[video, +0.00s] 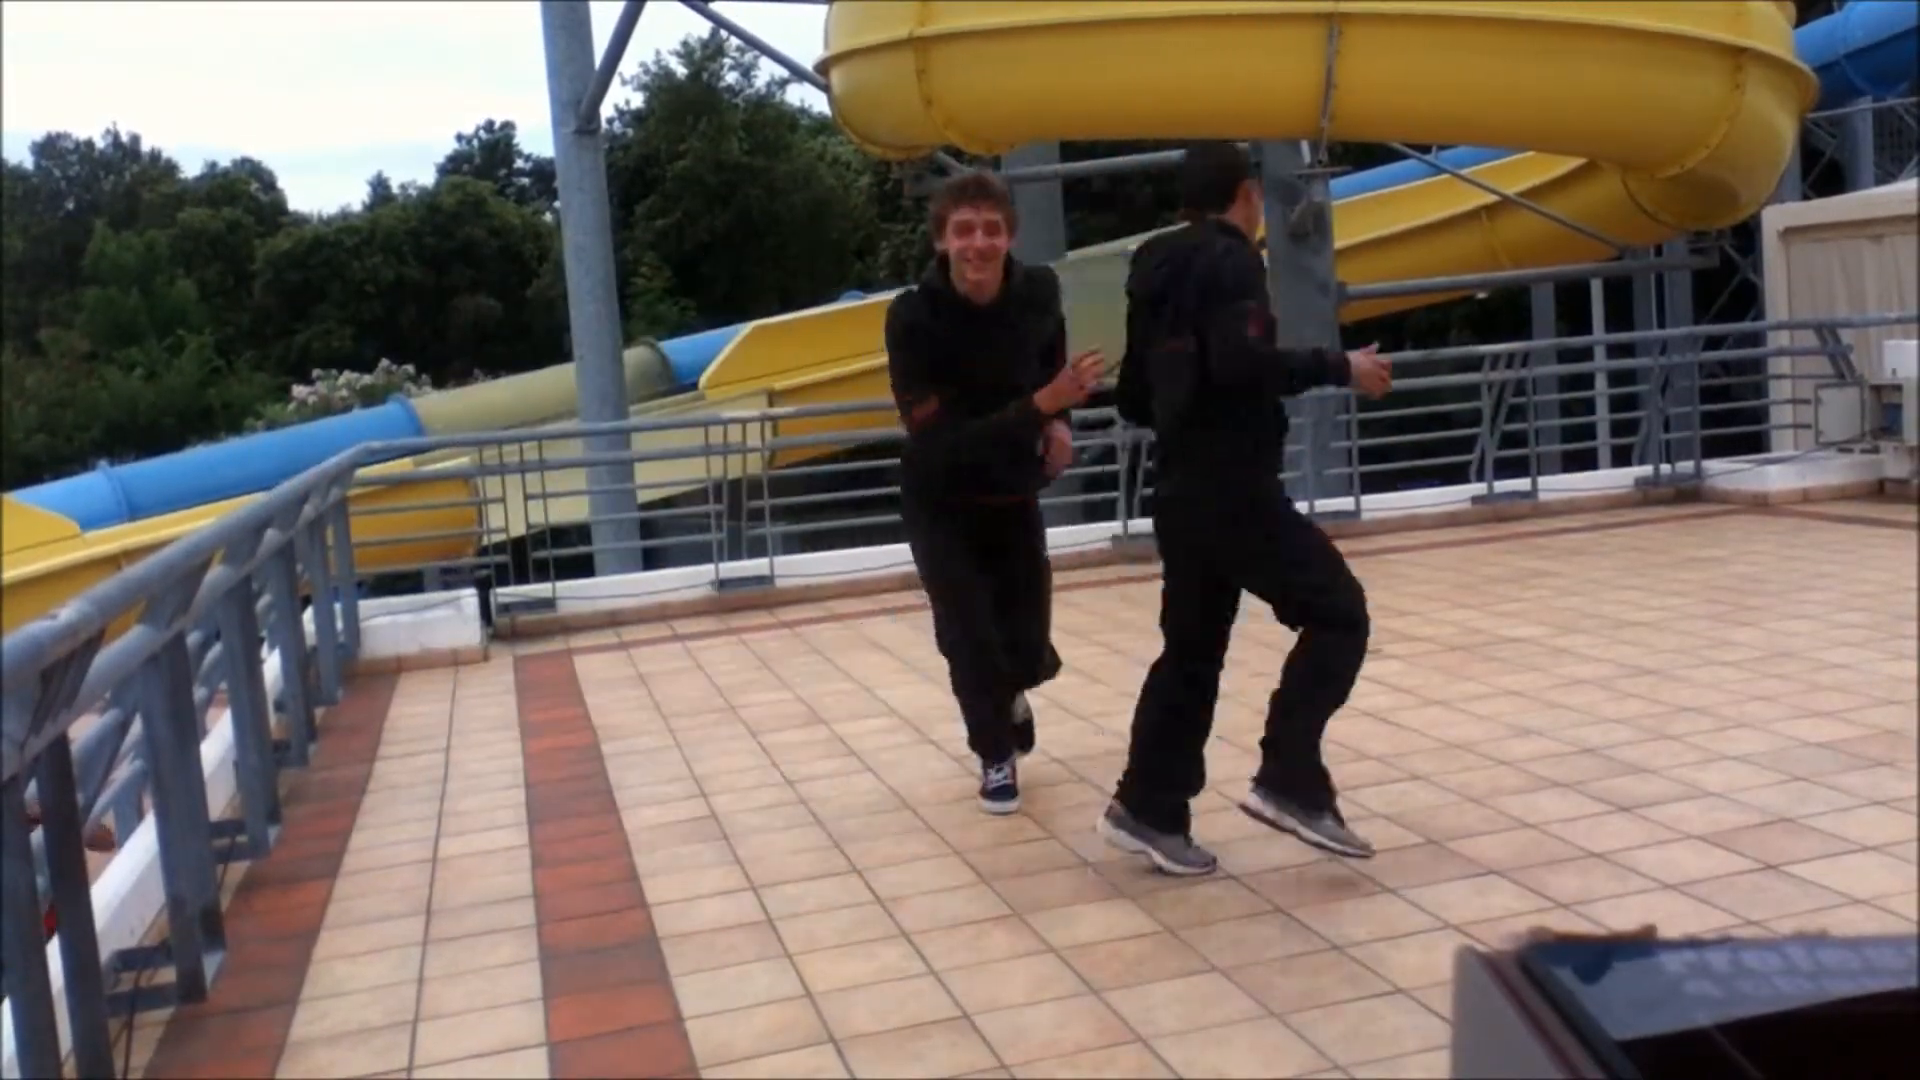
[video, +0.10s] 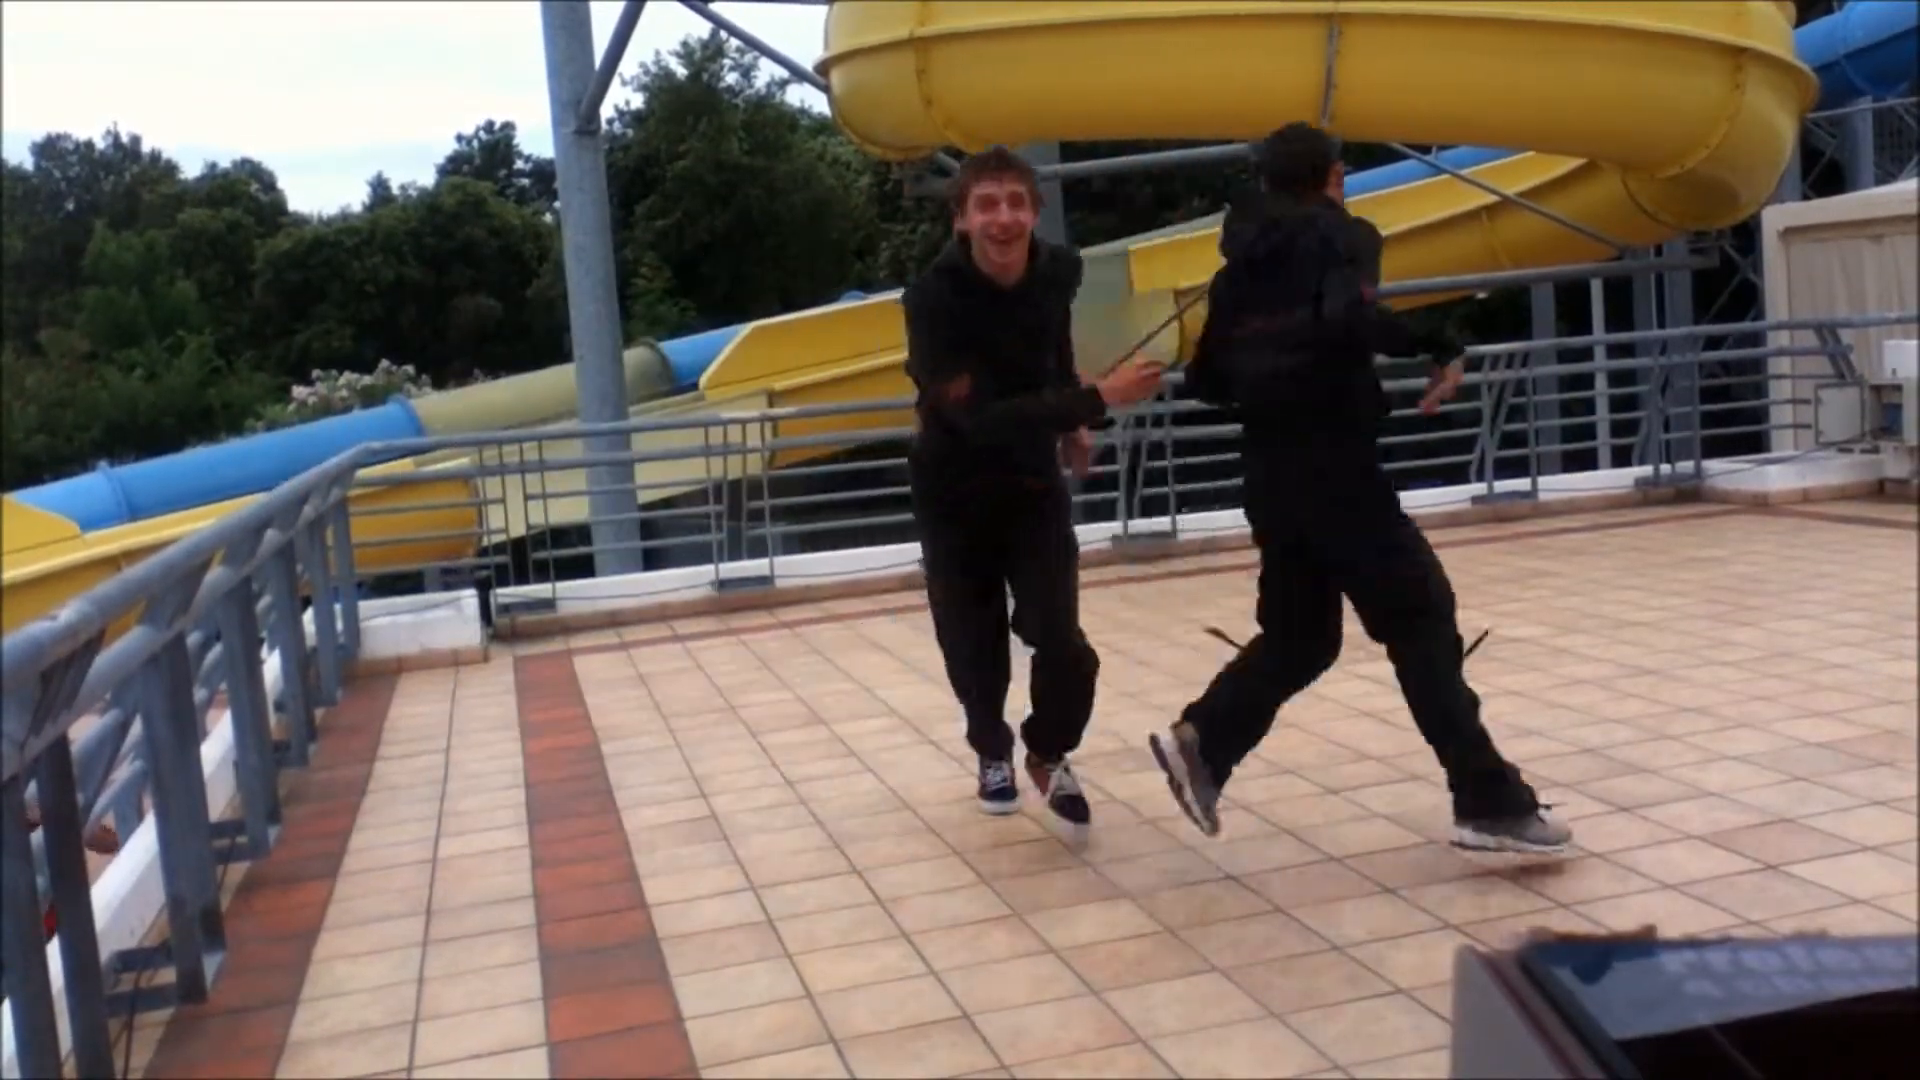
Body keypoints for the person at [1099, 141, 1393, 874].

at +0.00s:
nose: (1261, 210)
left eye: (1257, 197)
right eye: (1257, 197)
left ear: (1191, 203)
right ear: (1240, 198)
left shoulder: (1155, 265)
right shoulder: (1233, 260)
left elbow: (1135, 397)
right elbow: (1245, 365)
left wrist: (1214, 399)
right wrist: (1339, 367)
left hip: (1185, 501)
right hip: (1241, 501)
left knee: (1190, 654)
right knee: (1340, 613)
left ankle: (1149, 807)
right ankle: (1289, 779)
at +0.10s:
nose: (1343, 186)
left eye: (1338, 176)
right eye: (1340, 177)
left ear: (1267, 185)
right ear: (1332, 181)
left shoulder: (1242, 260)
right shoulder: (1343, 237)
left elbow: (1206, 375)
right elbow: (1353, 321)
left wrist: (1293, 381)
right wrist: (1439, 345)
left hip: (1275, 483)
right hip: (1341, 480)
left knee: (1302, 638)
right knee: (1421, 620)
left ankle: (1202, 742)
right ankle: (1487, 799)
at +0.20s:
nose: (1423, 219)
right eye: (1418, 208)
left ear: (1345, 223)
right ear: (1416, 213)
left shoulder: (1326, 309)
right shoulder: (1451, 276)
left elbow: (1285, 399)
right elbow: (1537, 312)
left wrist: (1258, 411)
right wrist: (1628, 325)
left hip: (1378, 517)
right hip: (1457, 510)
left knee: (1437, 643)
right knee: (1516, 653)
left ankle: (1343, 693)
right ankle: (1529, 845)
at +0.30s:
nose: (1394, 228)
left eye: (1395, 217)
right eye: (1395, 217)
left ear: (1411, 215)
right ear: (1469, 202)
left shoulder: (1396, 287)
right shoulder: (1534, 257)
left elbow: (1362, 388)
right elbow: (1634, 319)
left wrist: (1311, 476)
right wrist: (1739, 347)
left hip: (1458, 497)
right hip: (1541, 485)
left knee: (1548, 598)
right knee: (1565, 648)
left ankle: (1523, 705)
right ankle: (1535, 826)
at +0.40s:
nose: (1437, 215)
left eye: (1439, 202)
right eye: (1437, 202)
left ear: (1459, 197)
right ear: (1510, 184)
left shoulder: (1456, 268)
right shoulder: (1583, 228)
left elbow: (1448, 384)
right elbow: (1679, 276)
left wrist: (1411, 478)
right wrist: (1734, 316)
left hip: (1541, 464)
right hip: (1618, 444)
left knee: (1640, 600)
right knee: (1631, 598)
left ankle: (1718, 759)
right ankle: (1578, 765)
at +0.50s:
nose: (1498, 232)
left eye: (1500, 221)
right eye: (1499, 221)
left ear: (1516, 220)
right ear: (1574, 208)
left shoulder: (1517, 293)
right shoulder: (1647, 253)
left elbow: (1504, 400)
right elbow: (1765, 291)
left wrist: (1479, 491)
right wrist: (1777, 275)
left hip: (1609, 500)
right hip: (1687, 473)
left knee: (1705, 637)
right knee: (1782, 600)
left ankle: (1788, 791)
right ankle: (1708, 680)